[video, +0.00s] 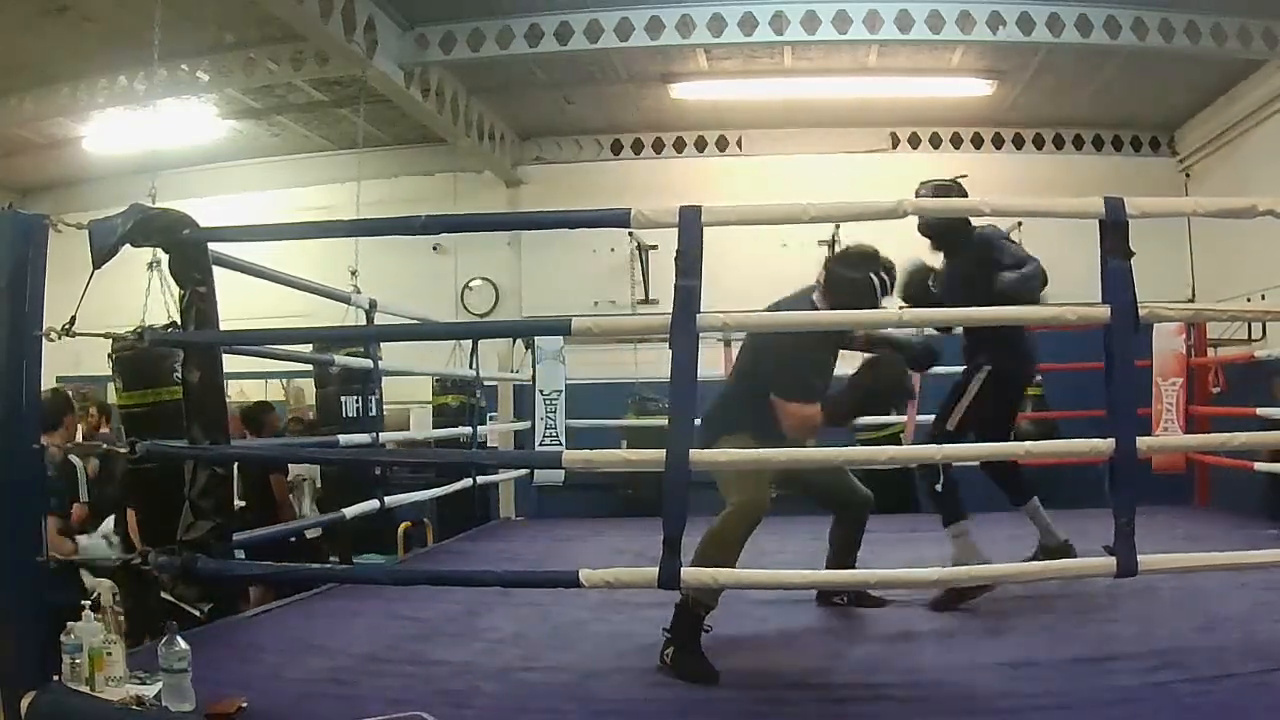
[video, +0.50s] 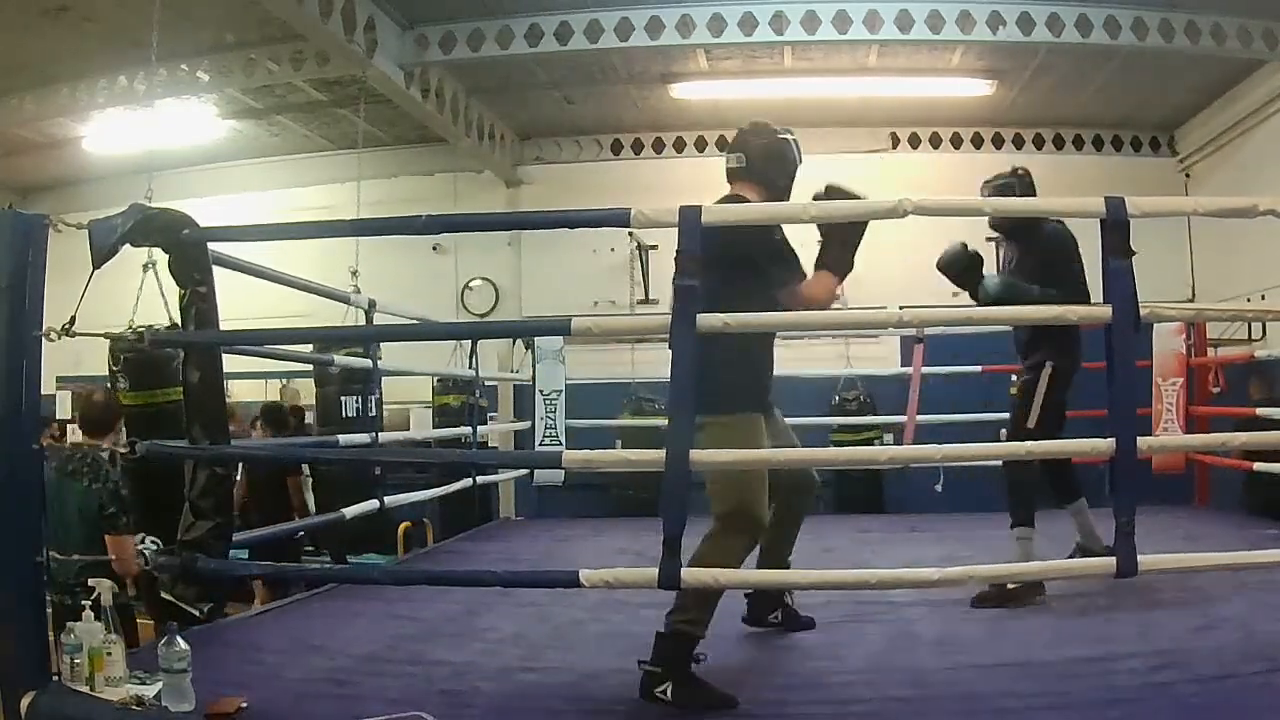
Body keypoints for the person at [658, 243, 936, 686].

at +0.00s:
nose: (866, 318)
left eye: (869, 308)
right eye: (861, 308)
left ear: (865, 295)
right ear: (835, 294)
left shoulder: (832, 317)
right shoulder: (791, 325)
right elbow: (797, 423)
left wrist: (897, 348)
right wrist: (859, 396)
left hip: (782, 434)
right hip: (733, 432)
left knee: (855, 502)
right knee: (749, 504)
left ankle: (837, 583)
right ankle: (682, 636)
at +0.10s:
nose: (844, 272)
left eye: (848, 262)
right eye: (843, 262)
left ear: (812, 243)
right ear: (824, 253)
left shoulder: (799, 281)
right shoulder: (775, 288)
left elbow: (826, 319)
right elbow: (813, 375)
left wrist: (867, 306)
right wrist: (870, 328)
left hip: (773, 414)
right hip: (727, 415)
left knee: (821, 494)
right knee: (749, 509)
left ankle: (835, 579)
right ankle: (682, 639)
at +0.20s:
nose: (825, 221)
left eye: (830, 211)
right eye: (822, 209)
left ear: (803, 202)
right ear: (796, 201)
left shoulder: (788, 249)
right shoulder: (760, 239)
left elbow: (835, 310)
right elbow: (829, 317)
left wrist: (854, 273)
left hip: (761, 394)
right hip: (724, 395)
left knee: (802, 467)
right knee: (756, 496)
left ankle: (801, 580)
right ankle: (681, 624)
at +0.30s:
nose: (815, 191)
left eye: (816, 182)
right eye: (813, 181)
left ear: (766, 165)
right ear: (802, 176)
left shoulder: (767, 218)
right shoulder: (751, 217)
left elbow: (830, 278)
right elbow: (834, 278)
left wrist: (856, 219)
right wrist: (856, 209)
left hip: (753, 380)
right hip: (729, 381)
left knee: (790, 474)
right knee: (755, 492)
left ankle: (767, 598)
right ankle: (671, 628)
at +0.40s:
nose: (804, 186)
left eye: (801, 176)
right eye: (801, 176)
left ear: (749, 168)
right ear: (790, 174)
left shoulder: (730, 217)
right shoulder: (759, 223)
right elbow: (831, 279)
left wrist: (840, 225)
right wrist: (849, 210)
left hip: (741, 400)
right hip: (730, 403)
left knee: (787, 491)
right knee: (730, 526)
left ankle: (762, 608)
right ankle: (670, 667)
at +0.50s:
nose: (794, 183)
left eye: (793, 174)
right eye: (792, 173)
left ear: (737, 167)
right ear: (781, 172)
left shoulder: (718, 222)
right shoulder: (752, 223)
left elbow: (789, 295)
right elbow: (811, 298)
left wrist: (828, 243)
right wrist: (842, 237)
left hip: (742, 398)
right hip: (729, 401)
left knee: (796, 487)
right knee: (740, 521)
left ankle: (767, 600)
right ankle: (670, 663)